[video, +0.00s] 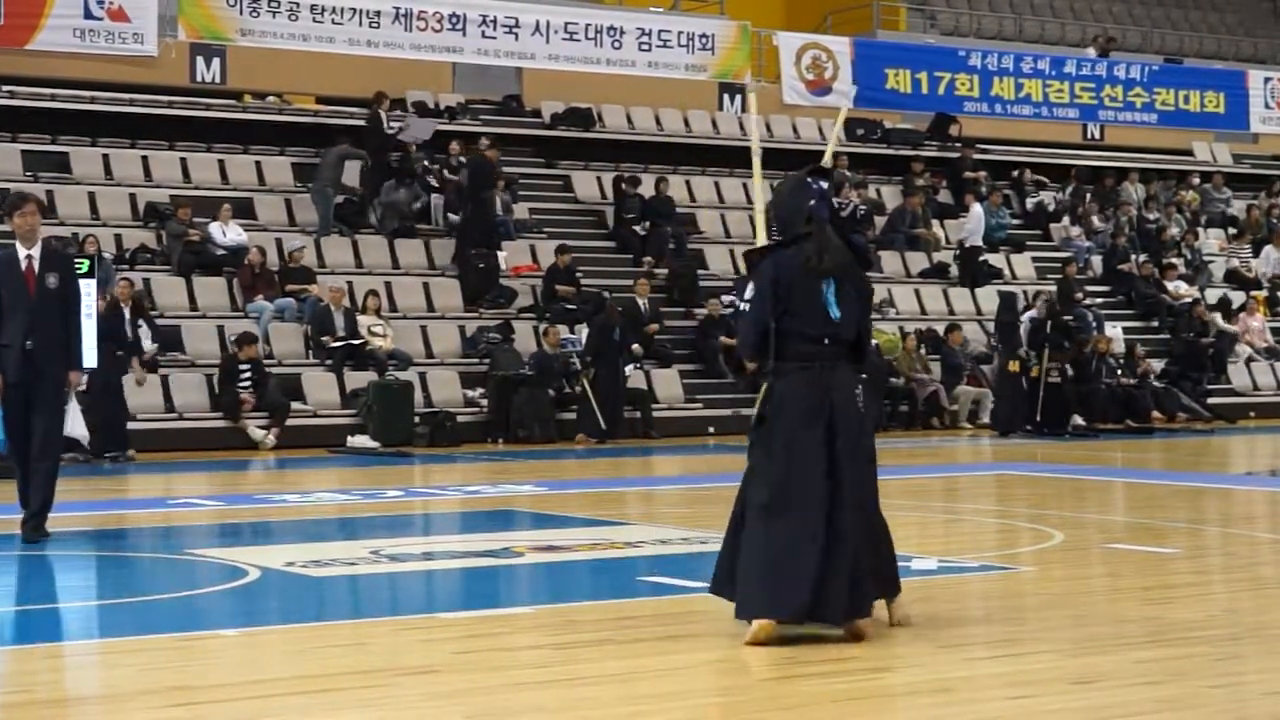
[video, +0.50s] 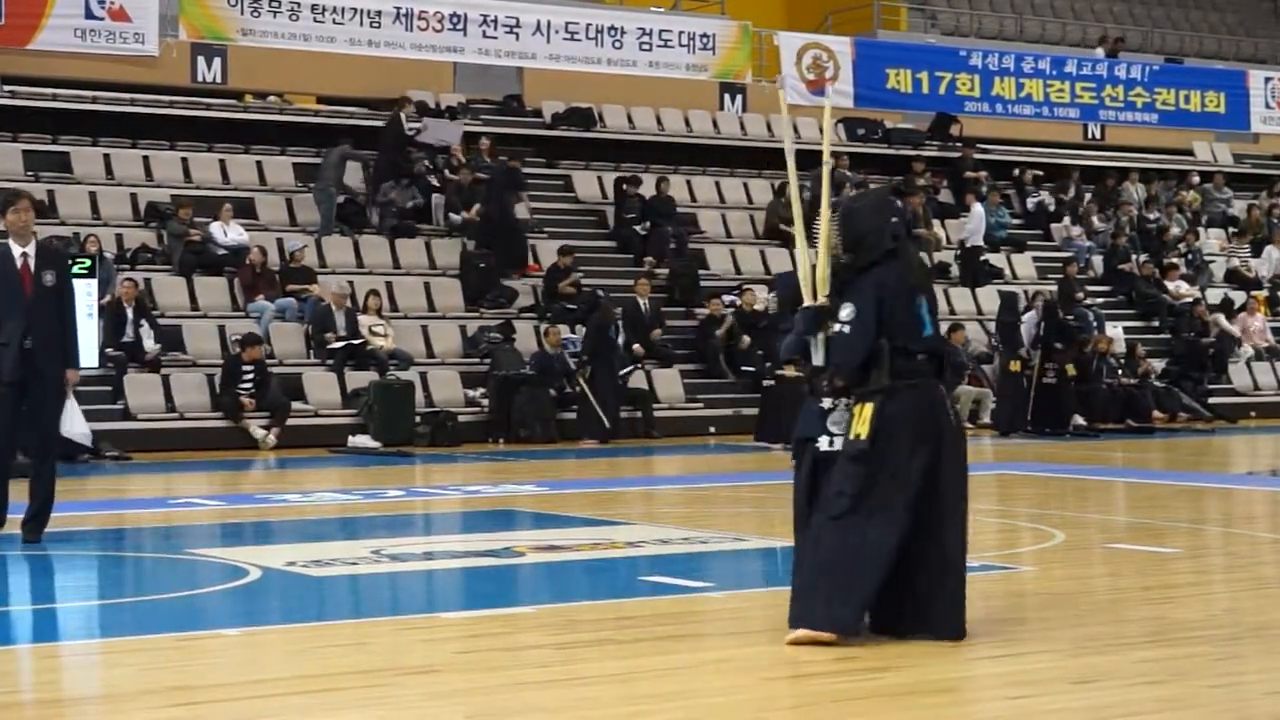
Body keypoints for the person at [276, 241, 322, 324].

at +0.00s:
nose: (301, 254)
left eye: (302, 252)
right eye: (298, 252)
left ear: (304, 253)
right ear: (290, 254)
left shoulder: (309, 270)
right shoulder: (283, 270)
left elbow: (314, 287)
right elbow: (286, 288)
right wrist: (306, 287)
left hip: (306, 295)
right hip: (291, 296)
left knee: (313, 300)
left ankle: (306, 325)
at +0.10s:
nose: (301, 254)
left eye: (302, 251)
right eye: (298, 252)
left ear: (304, 253)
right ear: (291, 254)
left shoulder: (309, 270)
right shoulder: (283, 270)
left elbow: (315, 288)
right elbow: (286, 288)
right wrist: (306, 287)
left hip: (306, 294)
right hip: (291, 296)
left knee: (313, 299)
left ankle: (306, 325)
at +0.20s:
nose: (301, 254)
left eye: (302, 251)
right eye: (298, 252)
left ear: (304, 253)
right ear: (291, 254)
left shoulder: (309, 270)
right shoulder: (284, 270)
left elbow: (315, 287)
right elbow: (286, 288)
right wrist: (306, 287)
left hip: (306, 294)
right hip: (291, 295)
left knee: (313, 300)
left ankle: (306, 324)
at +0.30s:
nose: (301, 255)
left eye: (302, 252)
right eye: (298, 252)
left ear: (304, 253)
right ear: (291, 254)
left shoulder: (309, 270)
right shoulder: (284, 270)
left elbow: (315, 288)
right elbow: (286, 288)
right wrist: (307, 287)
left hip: (307, 294)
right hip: (291, 295)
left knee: (313, 299)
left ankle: (306, 324)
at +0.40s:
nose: (302, 255)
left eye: (302, 252)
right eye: (298, 252)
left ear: (304, 253)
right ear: (291, 254)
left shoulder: (309, 270)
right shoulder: (284, 270)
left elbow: (315, 288)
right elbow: (286, 288)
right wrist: (307, 287)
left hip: (307, 294)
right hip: (292, 295)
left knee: (313, 299)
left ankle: (307, 324)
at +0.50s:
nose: (302, 254)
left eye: (303, 251)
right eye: (299, 252)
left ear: (304, 253)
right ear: (292, 254)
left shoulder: (309, 270)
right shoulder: (284, 270)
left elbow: (315, 287)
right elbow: (287, 288)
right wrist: (307, 287)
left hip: (307, 294)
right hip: (292, 295)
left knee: (314, 299)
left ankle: (307, 324)